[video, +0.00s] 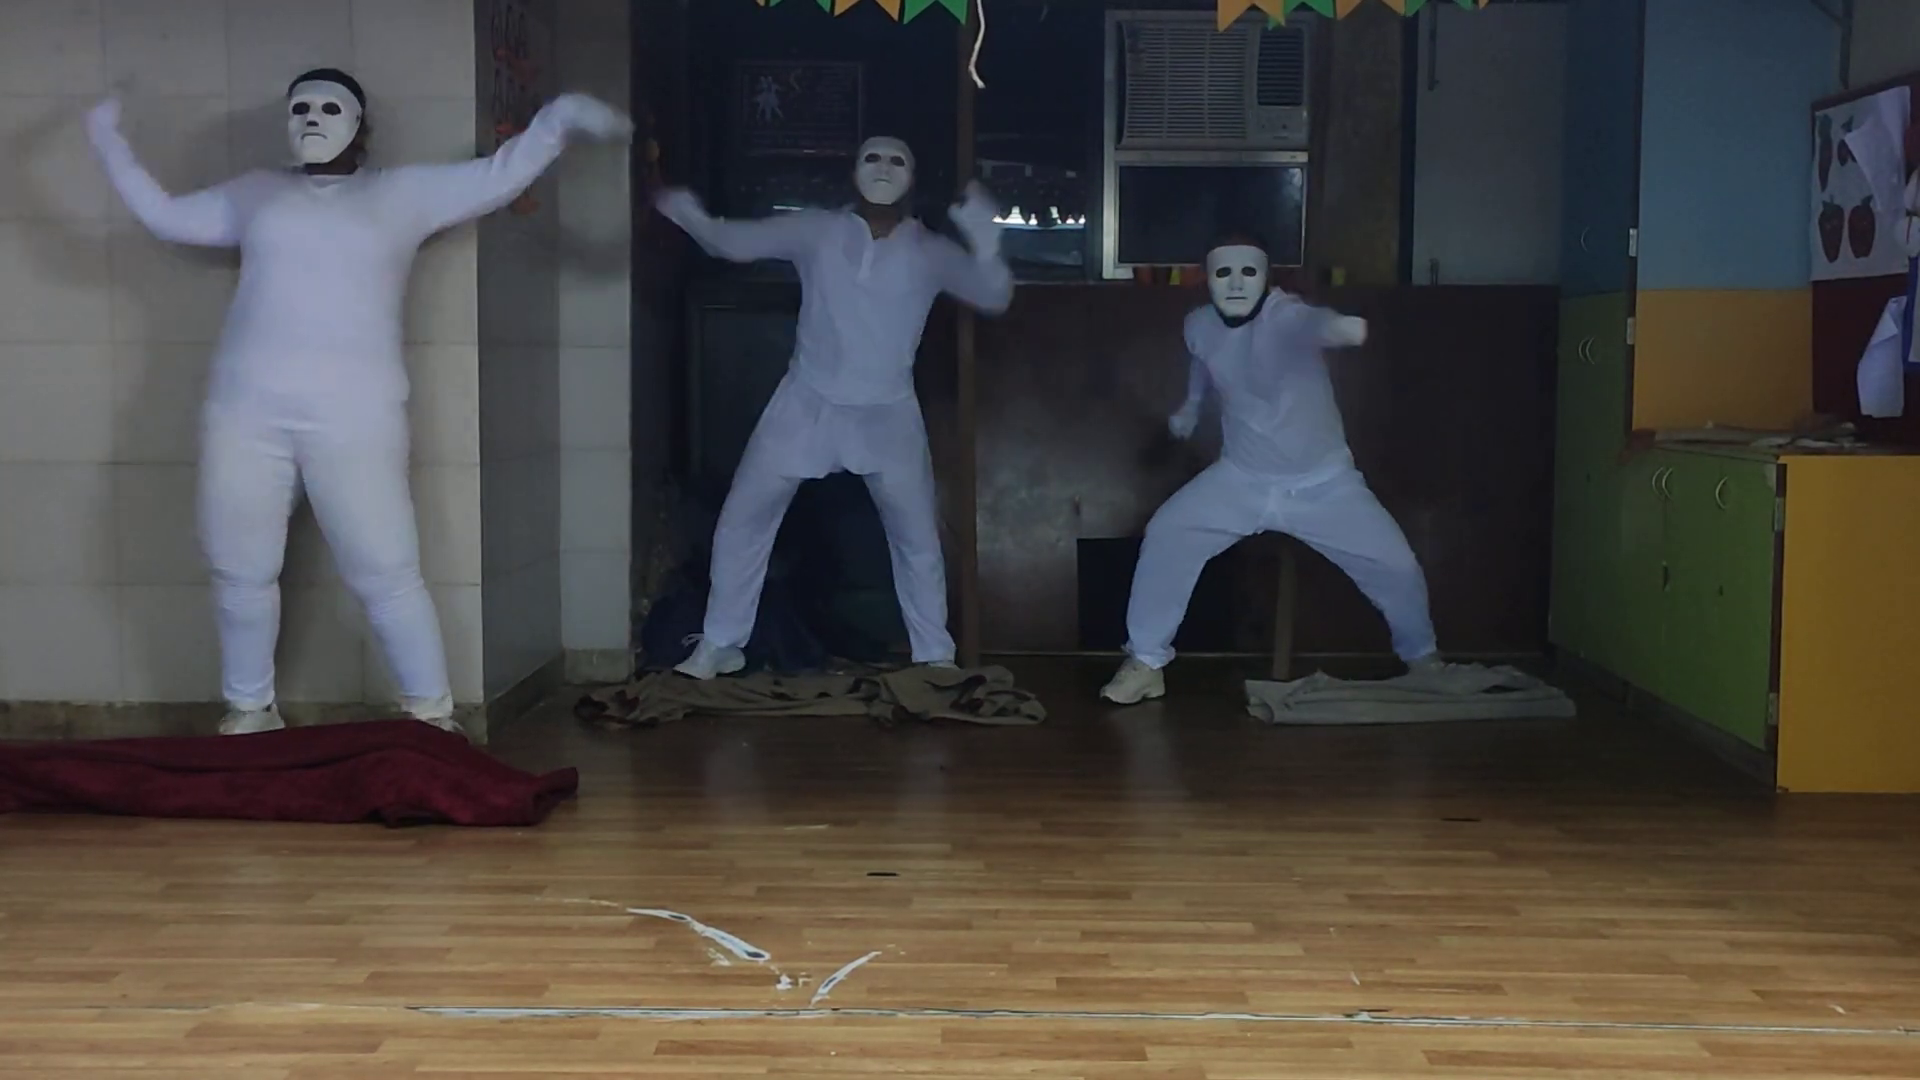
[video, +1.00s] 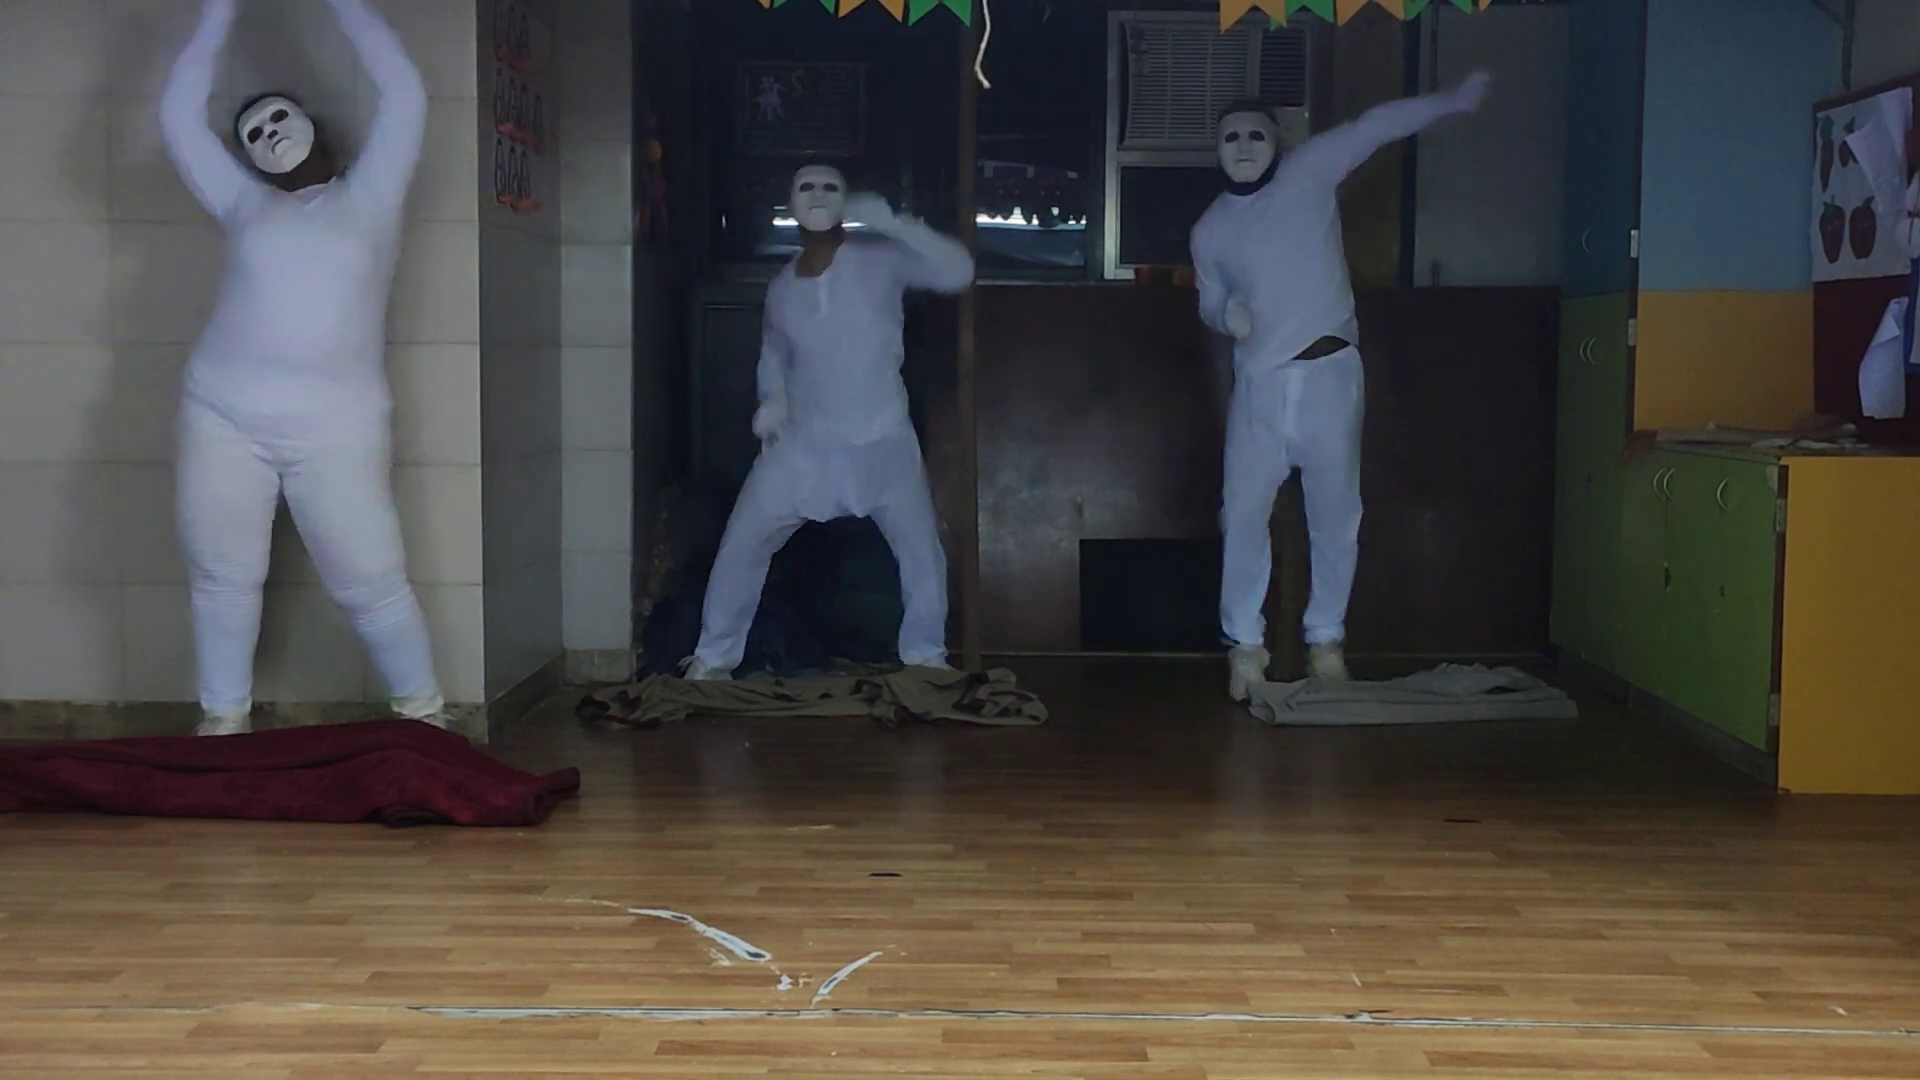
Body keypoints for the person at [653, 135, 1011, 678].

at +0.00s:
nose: (882, 170)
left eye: (896, 163)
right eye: (872, 160)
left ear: (913, 181)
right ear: (854, 174)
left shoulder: (932, 252)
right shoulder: (818, 231)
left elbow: (994, 296)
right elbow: (734, 242)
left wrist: (985, 240)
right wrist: (691, 216)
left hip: (888, 414)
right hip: (805, 405)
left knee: (917, 538)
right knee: (742, 521)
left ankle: (935, 657)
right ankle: (722, 645)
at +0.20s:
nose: (808, 208)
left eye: (821, 198)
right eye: (797, 200)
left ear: (841, 212)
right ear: (784, 214)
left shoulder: (875, 260)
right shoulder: (766, 276)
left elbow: (933, 257)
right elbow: (720, 305)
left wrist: (953, 246)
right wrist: (687, 319)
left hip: (863, 436)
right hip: (779, 437)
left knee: (906, 543)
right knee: (720, 540)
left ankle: (932, 658)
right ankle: (708, 665)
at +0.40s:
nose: (778, 158)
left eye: (788, 148)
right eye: (765, 149)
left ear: (804, 161)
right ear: (747, 164)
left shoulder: (834, 232)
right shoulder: (728, 232)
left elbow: (884, 306)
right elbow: (672, 300)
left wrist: (861, 375)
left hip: (839, 403)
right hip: (757, 409)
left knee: (897, 505)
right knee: (724, 529)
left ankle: (924, 636)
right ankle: (709, 661)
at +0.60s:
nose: (776, 171)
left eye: (786, 161)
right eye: (761, 162)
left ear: (798, 173)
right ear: (742, 176)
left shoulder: (823, 244)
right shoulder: (720, 233)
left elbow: (857, 319)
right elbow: (645, 192)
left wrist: (877, 267)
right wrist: (656, 146)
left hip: (828, 395)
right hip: (752, 407)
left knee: (888, 448)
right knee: (720, 541)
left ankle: (879, 568)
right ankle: (709, 658)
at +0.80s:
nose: (789, 150)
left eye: (799, 142)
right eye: (775, 143)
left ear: (814, 153)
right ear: (758, 159)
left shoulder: (841, 198)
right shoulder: (745, 238)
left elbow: (895, 128)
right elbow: (714, 330)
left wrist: (947, 70)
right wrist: (744, 380)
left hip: (848, 393)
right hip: (768, 398)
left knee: (898, 512)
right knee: (731, 528)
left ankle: (916, 639)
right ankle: (712, 657)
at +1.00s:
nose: (819, 198)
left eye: (830, 189)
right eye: (807, 189)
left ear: (846, 204)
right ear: (790, 205)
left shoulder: (881, 258)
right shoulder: (783, 289)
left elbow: (957, 272)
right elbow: (772, 357)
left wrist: (892, 223)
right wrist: (773, 401)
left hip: (881, 440)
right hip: (803, 442)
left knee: (921, 548)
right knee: (742, 544)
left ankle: (925, 659)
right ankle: (714, 661)